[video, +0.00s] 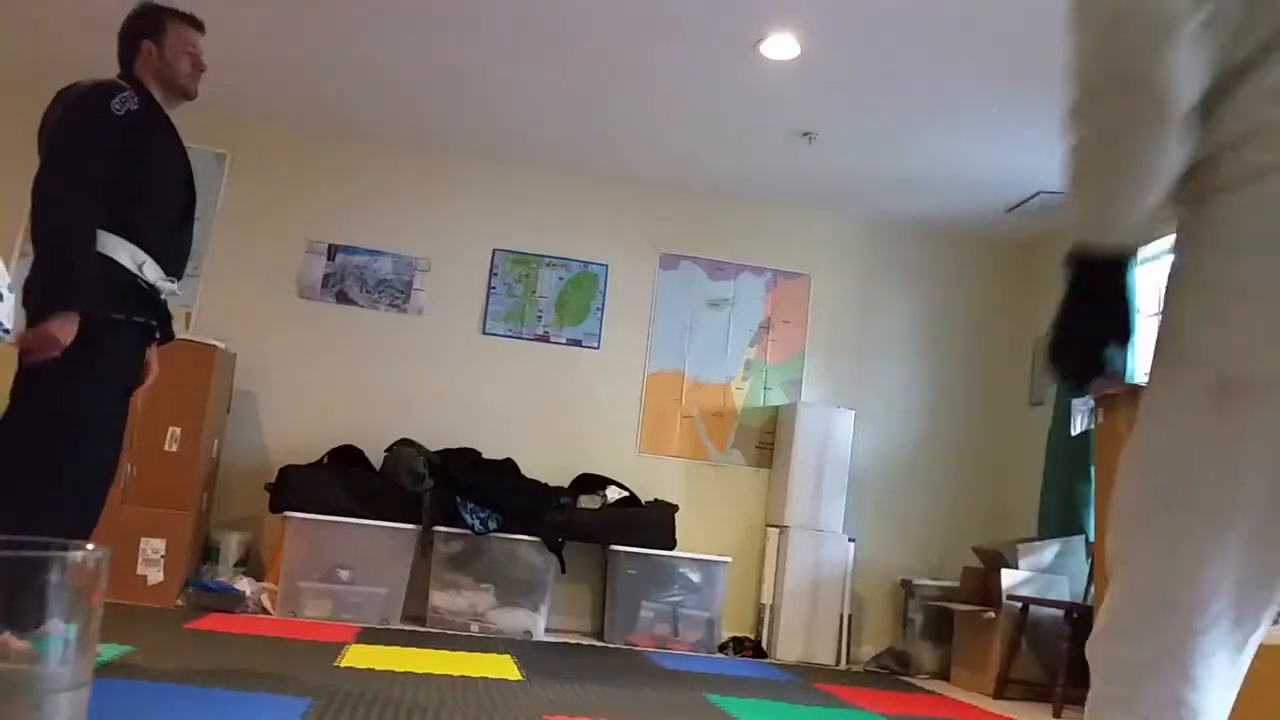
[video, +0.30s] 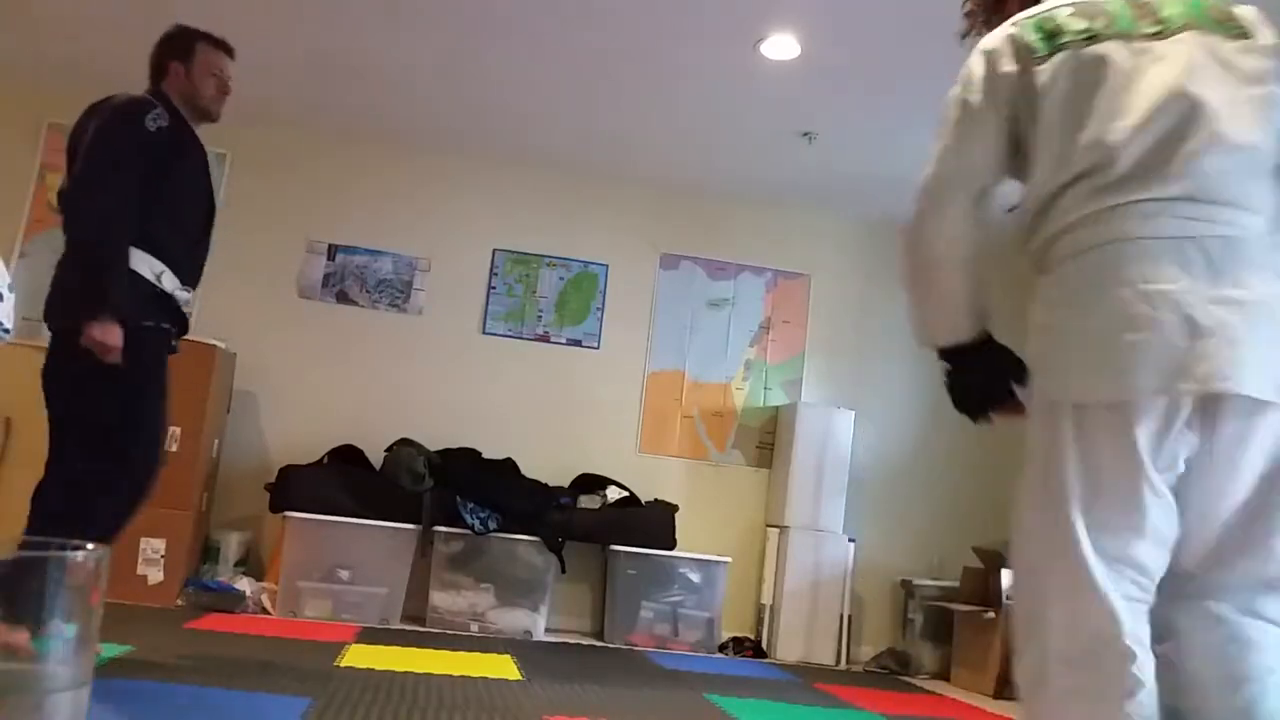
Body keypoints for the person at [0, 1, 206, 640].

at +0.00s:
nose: (202, 67)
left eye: (203, 57)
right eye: (191, 54)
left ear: (158, 59)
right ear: (147, 52)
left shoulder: (157, 130)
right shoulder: (102, 104)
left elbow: (144, 237)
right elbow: (65, 200)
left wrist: (151, 329)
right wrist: (61, 303)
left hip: (118, 328)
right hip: (81, 321)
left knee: (82, 472)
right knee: (51, 468)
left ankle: (38, 613)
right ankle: (13, 614)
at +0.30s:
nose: (227, 89)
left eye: (230, 80)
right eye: (217, 75)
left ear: (190, 80)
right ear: (175, 71)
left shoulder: (173, 138)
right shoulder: (137, 120)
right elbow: (104, 212)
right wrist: (102, 310)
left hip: (131, 330)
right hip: (114, 328)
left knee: (90, 466)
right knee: (123, 465)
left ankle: (38, 605)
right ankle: (28, 601)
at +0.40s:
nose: (238, 97)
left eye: (241, 88)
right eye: (229, 84)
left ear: (194, 86)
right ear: (188, 79)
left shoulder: (179, 141)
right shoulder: (150, 123)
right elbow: (115, 214)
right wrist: (116, 312)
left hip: (113, 318)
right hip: (133, 317)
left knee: (77, 458)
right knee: (170, 453)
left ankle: (34, 590)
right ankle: (64, 593)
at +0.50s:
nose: (252, 107)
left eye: (255, 99)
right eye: (243, 94)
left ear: (213, 94)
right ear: (204, 86)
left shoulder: (203, 152)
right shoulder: (163, 130)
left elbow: (170, 246)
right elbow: (122, 220)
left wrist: (176, 325)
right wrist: (122, 319)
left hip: (137, 330)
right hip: (151, 332)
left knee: (83, 475)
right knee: (188, 469)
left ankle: (28, 617)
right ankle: (135, 625)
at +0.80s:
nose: (311, 130)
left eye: (313, 119)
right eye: (304, 115)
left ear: (266, 112)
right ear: (265, 106)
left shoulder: (213, 147)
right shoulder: (238, 150)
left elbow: (170, 230)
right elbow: (197, 228)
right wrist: (189, 330)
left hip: (167, 331)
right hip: (213, 337)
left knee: (113, 480)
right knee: (241, 493)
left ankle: (30, 614)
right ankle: (223, 646)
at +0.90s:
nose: (335, 134)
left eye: (338, 124)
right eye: (329, 119)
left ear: (286, 113)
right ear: (290, 109)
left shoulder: (233, 147)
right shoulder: (267, 153)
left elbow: (198, 234)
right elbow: (236, 235)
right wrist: (233, 333)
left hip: (180, 317)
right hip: (229, 325)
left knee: (151, 472)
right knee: (252, 489)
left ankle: (64, 614)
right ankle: (227, 647)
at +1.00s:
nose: (356, 137)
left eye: (360, 127)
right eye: (349, 122)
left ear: (306, 118)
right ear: (314, 113)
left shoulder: (251, 150)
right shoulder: (290, 153)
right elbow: (277, 241)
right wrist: (288, 336)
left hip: (191, 314)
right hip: (239, 317)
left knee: (183, 469)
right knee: (256, 484)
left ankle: (83, 614)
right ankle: (227, 646)